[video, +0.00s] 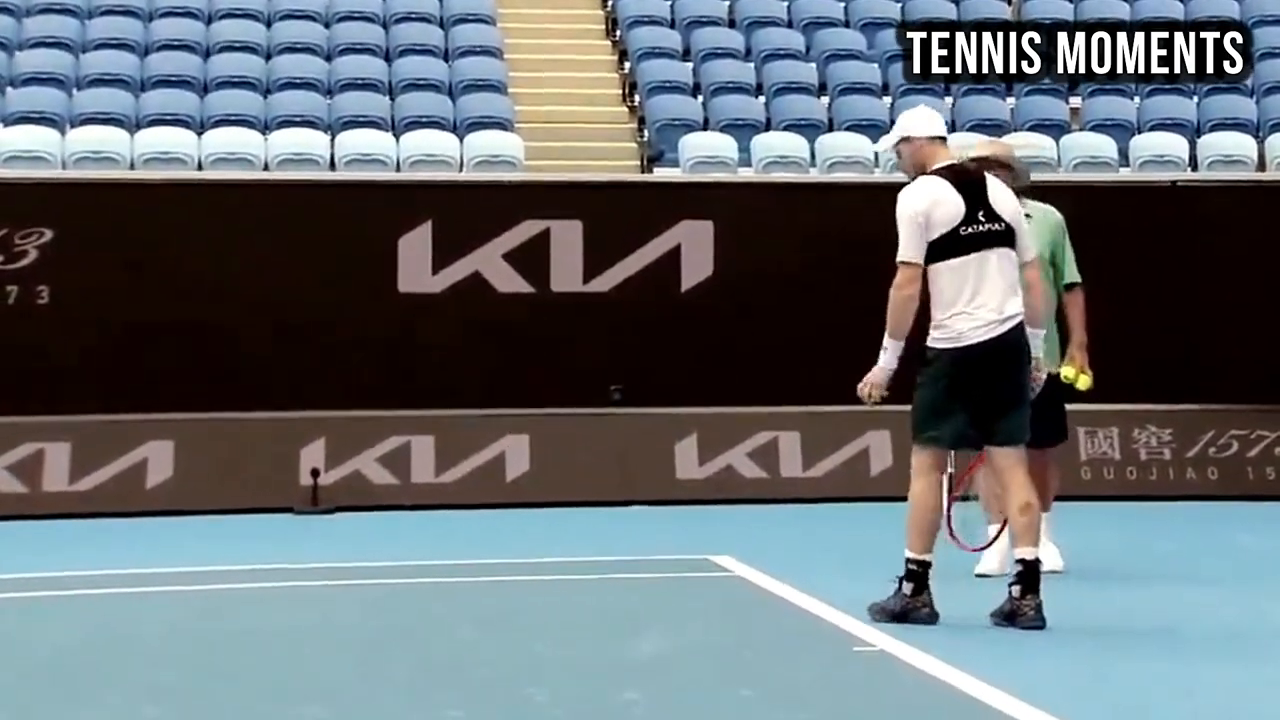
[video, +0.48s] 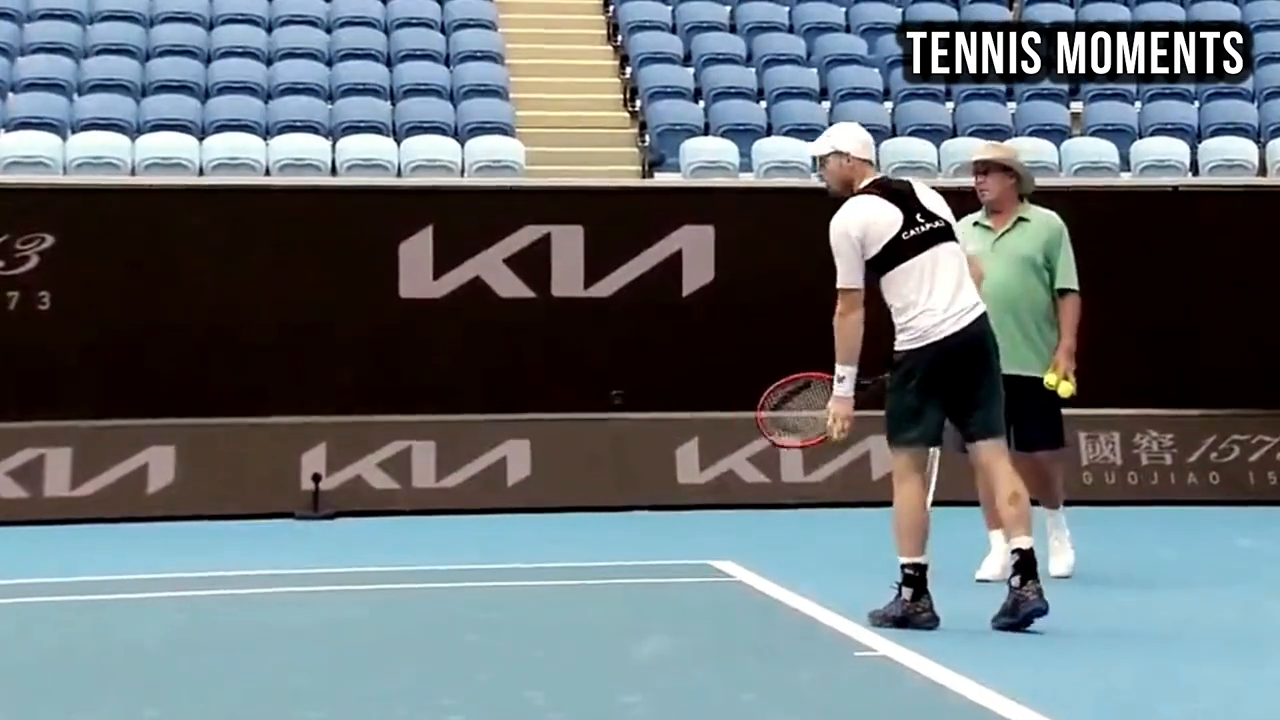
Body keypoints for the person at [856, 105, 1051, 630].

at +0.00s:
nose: (897, 159)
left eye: (899, 149)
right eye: (897, 150)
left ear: (917, 144)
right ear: (940, 140)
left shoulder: (917, 197)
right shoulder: (998, 187)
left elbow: (908, 285)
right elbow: (1034, 272)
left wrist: (885, 362)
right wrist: (1033, 348)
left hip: (952, 353)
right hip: (1009, 349)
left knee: (926, 467)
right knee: (1013, 467)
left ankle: (914, 590)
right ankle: (1027, 595)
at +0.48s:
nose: (822, 173)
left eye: (825, 163)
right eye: (821, 164)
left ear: (849, 161)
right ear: (867, 160)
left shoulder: (848, 219)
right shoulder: (922, 190)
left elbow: (849, 309)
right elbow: (972, 269)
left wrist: (842, 392)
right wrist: (950, 324)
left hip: (919, 353)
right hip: (975, 337)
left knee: (909, 472)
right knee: (994, 458)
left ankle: (914, 595)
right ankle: (1027, 583)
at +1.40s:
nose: (894, 187)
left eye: (898, 177)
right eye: (894, 178)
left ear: (918, 178)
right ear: (938, 178)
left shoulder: (914, 238)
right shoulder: (992, 204)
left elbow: (910, 329)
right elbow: (1005, 300)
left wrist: (902, 409)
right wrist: (958, 383)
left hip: (986, 361)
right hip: (1046, 350)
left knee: (944, 472)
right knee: (1056, 474)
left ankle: (915, 595)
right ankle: (1090, 595)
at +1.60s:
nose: (944, 177)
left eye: (948, 167)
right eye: (946, 167)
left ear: (967, 170)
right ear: (993, 168)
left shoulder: (956, 234)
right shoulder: (1045, 205)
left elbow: (969, 323)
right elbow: (1058, 286)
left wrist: (976, 395)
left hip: (1011, 373)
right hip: (1071, 363)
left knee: (959, 476)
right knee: (1076, 481)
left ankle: (917, 593)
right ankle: (1092, 597)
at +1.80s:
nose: (1002, 157)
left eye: (1002, 153)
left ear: (1007, 160)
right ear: (1050, 159)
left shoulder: (986, 216)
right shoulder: (1090, 212)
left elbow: (970, 288)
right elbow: (1115, 295)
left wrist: (952, 341)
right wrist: (1110, 353)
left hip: (1012, 373)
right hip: (1074, 369)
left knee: (962, 471)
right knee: (1081, 484)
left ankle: (921, 592)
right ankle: (1092, 597)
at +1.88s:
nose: (1013, 152)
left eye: (1015, 149)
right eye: (1023, 149)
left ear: (1019, 158)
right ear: (1062, 159)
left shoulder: (992, 206)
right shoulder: (1094, 212)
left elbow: (957, 241)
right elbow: (1123, 286)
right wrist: (1120, 346)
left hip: (1009, 371)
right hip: (1072, 369)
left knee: (960, 474)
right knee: (1080, 488)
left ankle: (923, 591)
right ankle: (1091, 597)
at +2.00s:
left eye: (1022, 154)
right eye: (1070, 165)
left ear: (1021, 167)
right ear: (1067, 171)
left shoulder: (994, 203)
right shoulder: (1092, 222)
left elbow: (949, 153)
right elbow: (1135, 285)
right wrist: (1140, 319)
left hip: (997, 375)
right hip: (1061, 374)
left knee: (953, 475)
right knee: (1077, 492)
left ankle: (925, 590)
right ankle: (1091, 596)